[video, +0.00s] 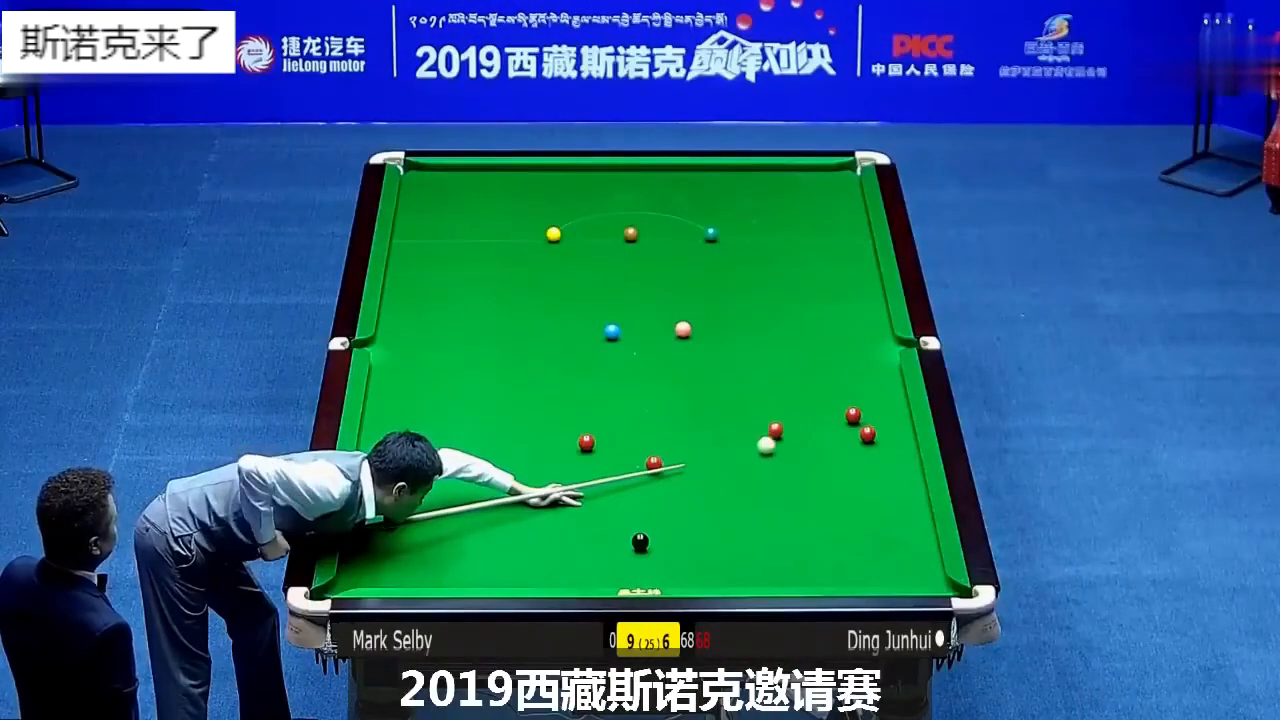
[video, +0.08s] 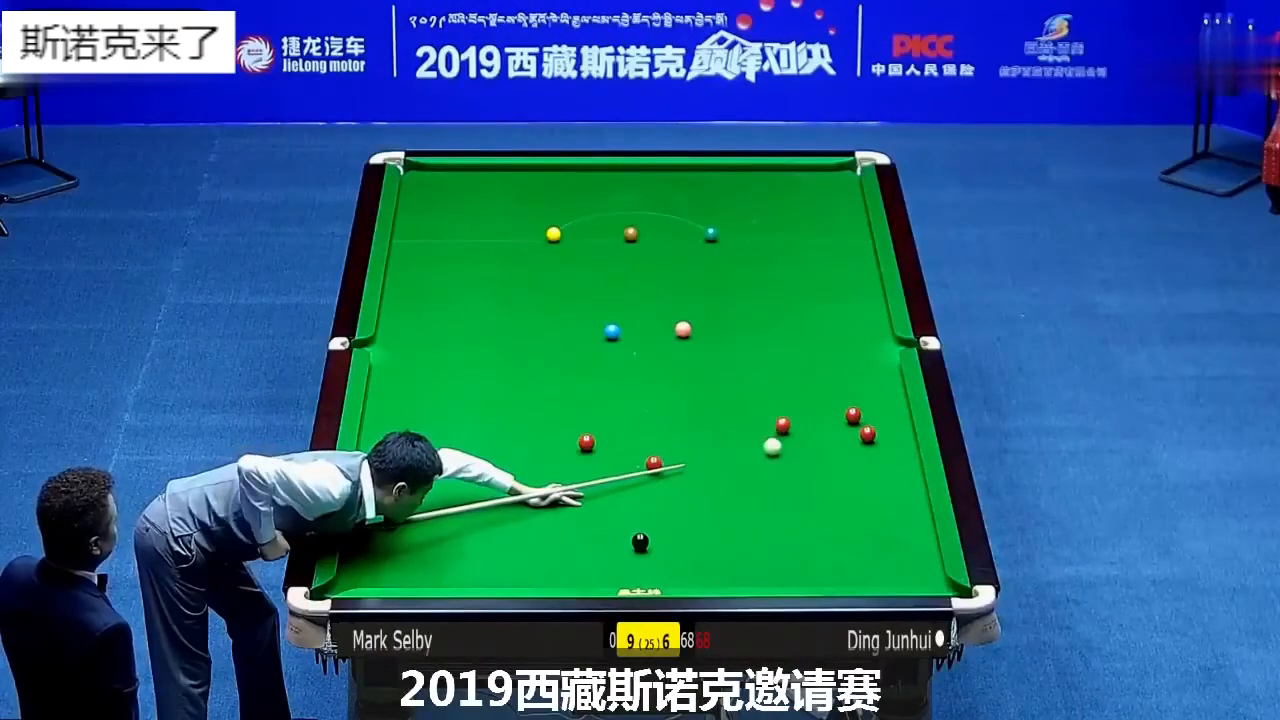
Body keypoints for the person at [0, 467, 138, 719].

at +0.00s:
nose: (116, 526)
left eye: (113, 520)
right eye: (113, 522)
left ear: (49, 531)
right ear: (95, 545)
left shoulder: (15, 575)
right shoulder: (108, 631)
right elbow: (126, 710)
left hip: (30, 711)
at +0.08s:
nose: (116, 526)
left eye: (113, 520)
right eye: (113, 522)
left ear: (49, 531)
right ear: (96, 545)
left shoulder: (15, 575)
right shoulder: (108, 631)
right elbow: (126, 710)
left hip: (30, 711)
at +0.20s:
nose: (117, 526)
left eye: (113, 520)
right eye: (113, 522)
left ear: (50, 530)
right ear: (96, 545)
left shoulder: (16, 575)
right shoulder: (109, 630)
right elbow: (127, 709)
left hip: (30, 711)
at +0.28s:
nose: (117, 526)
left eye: (114, 519)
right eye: (113, 522)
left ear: (51, 530)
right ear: (97, 545)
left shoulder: (16, 575)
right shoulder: (109, 630)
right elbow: (127, 709)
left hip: (30, 711)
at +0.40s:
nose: (119, 525)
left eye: (116, 519)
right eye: (116, 521)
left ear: (52, 530)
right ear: (99, 545)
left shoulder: (17, 575)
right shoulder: (111, 631)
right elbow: (128, 708)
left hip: (31, 712)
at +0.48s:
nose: (120, 526)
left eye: (116, 519)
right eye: (116, 522)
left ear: (51, 529)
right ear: (99, 545)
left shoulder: (17, 575)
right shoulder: (112, 631)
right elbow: (128, 708)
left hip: (31, 711)